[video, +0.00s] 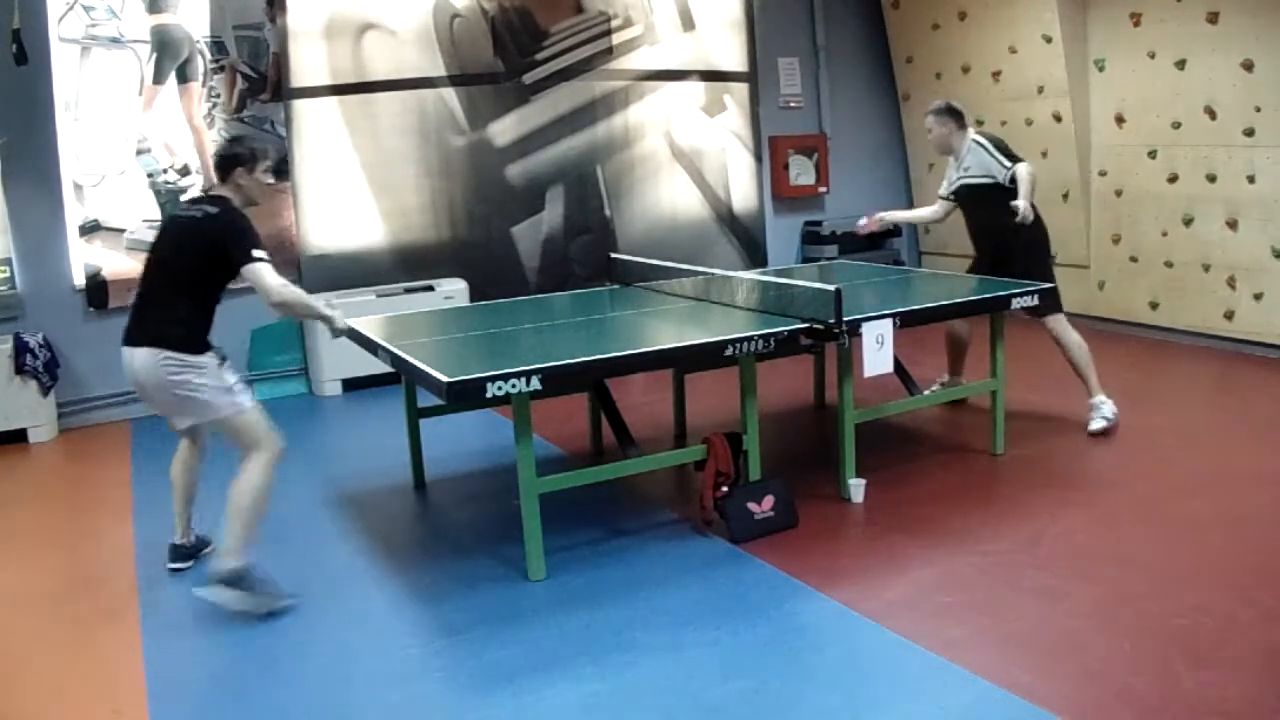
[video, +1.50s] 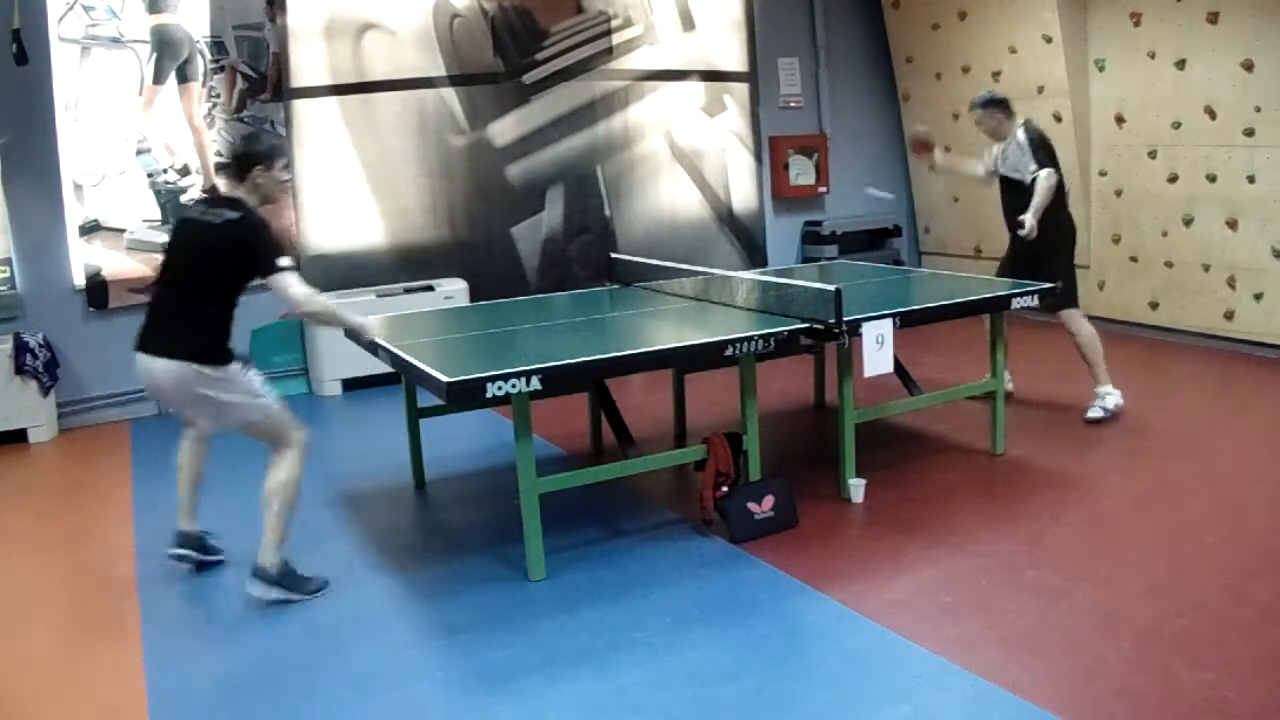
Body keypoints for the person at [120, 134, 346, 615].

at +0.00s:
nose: (272, 183)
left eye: (272, 174)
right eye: (266, 174)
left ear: (223, 174)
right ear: (238, 174)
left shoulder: (182, 213)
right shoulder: (232, 224)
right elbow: (277, 294)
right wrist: (325, 312)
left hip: (137, 353)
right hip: (179, 357)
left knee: (191, 435)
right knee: (264, 445)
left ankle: (183, 540)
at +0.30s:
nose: (243, 193)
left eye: (243, 184)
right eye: (237, 184)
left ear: (194, 185)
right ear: (211, 185)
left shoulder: (141, 228)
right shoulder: (207, 236)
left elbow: (93, 300)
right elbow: (247, 312)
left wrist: (66, 369)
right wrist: (287, 336)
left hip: (108, 378)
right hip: (154, 385)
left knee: (135, 485)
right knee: (156, 517)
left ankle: (122, 587)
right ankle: (77, 637)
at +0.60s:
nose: (294, 230)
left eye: (295, 219)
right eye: (289, 218)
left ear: (247, 206)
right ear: (260, 206)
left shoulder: (189, 237)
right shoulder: (250, 247)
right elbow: (297, 305)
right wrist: (353, 302)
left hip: (140, 383)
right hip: (198, 383)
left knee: (142, 497)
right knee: (308, 445)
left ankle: (109, 612)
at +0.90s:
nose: (395, 207)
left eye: (395, 199)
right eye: (394, 198)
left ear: (349, 189)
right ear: (377, 195)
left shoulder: (293, 223)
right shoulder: (380, 237)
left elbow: (252, 289)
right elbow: (466, 260)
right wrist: (514, 261)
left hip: (244, 366)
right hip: (299, 376)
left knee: (226, 469)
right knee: (397, 425)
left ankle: (153, 553)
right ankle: (416, 538)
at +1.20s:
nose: (362, 173)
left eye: (363, 164)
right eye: (360, 164)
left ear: (320, 160)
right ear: (340, 162)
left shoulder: (266, 202)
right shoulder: (349, 215)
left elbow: (227, 275)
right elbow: (420, 263)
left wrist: (219, 338)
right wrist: (475, 281)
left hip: (241, 351)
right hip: (299, 356)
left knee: (243, 434)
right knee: (383, 425)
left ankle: (203, 533)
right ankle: (416, 537)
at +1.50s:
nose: (286, 179)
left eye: (285, 169)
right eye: (281, 170)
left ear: (234, 171)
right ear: (257, 173)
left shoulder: (194, 213)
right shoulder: (251, 229)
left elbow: (174, 275)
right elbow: (301, 301)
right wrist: (350, 323)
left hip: (151, 358)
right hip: (200, 367)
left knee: (198, 423)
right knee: (290, 439)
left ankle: (187, 534)